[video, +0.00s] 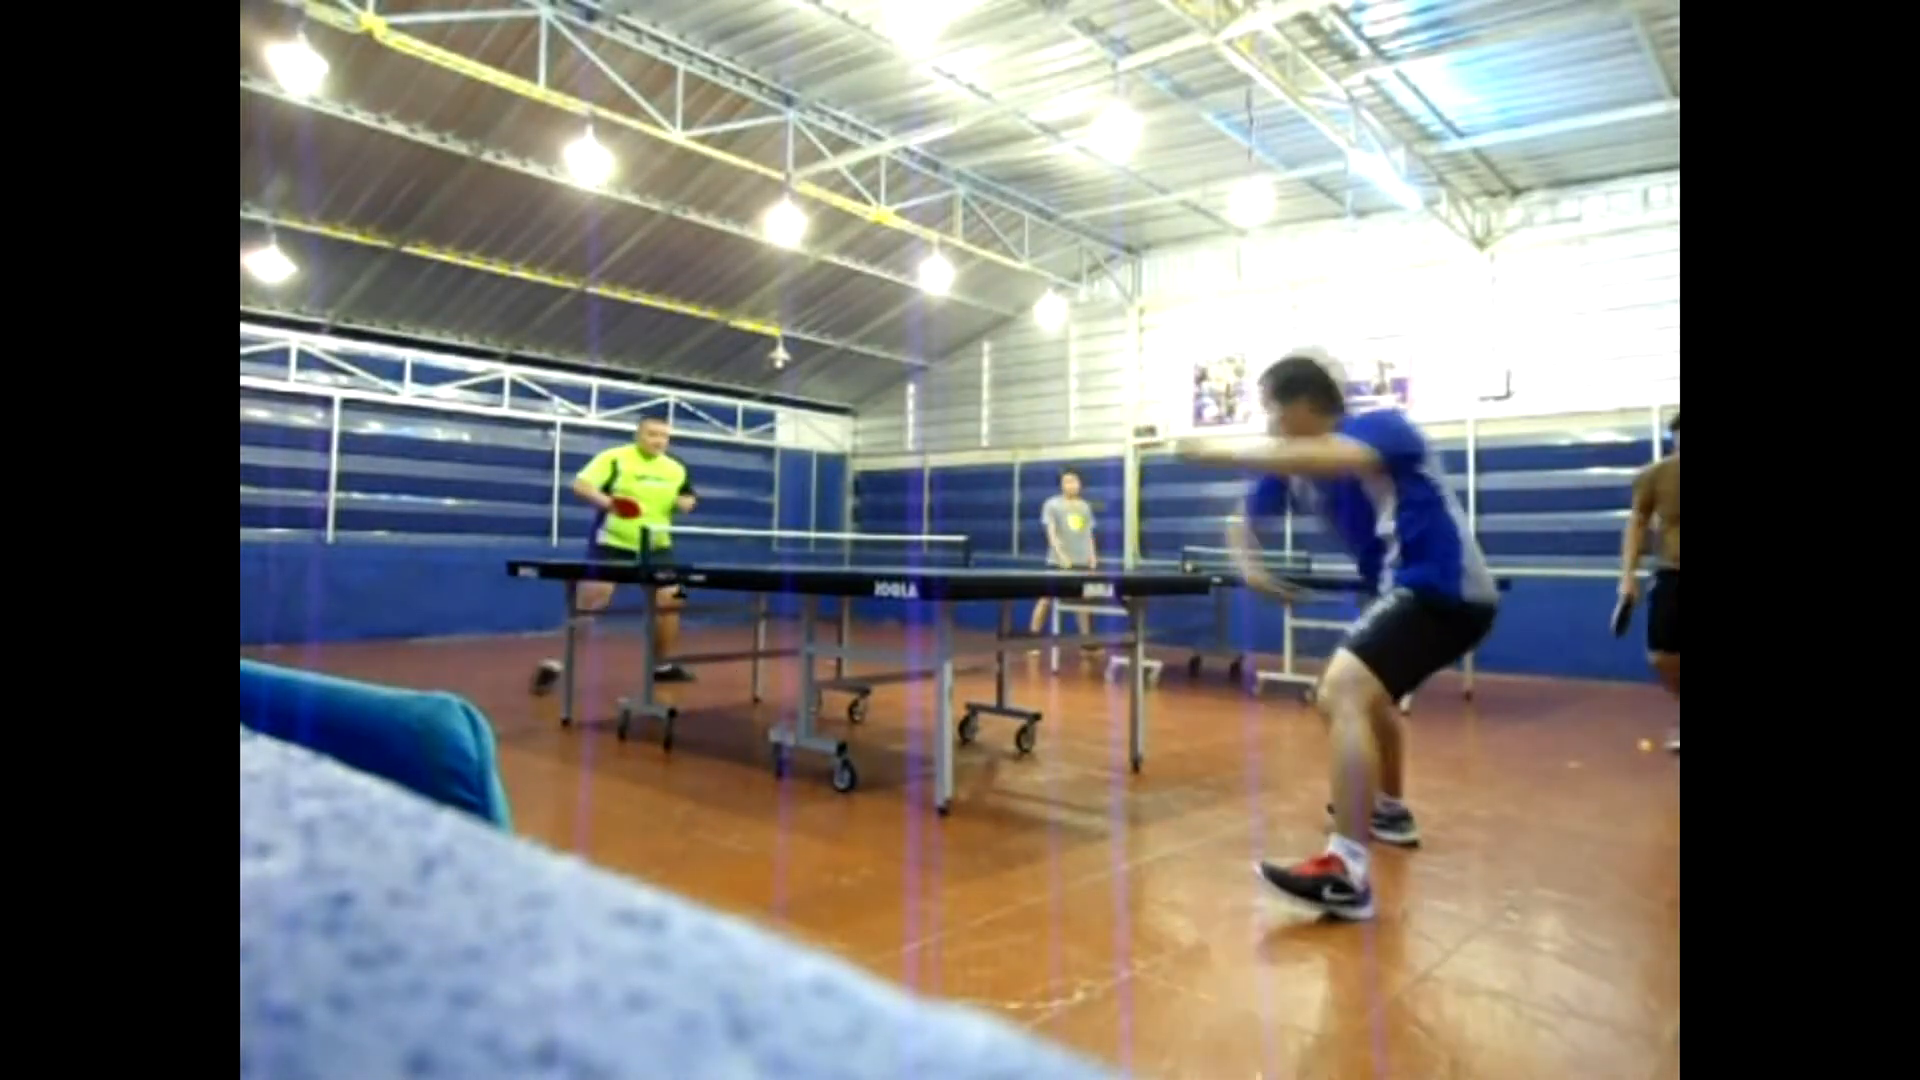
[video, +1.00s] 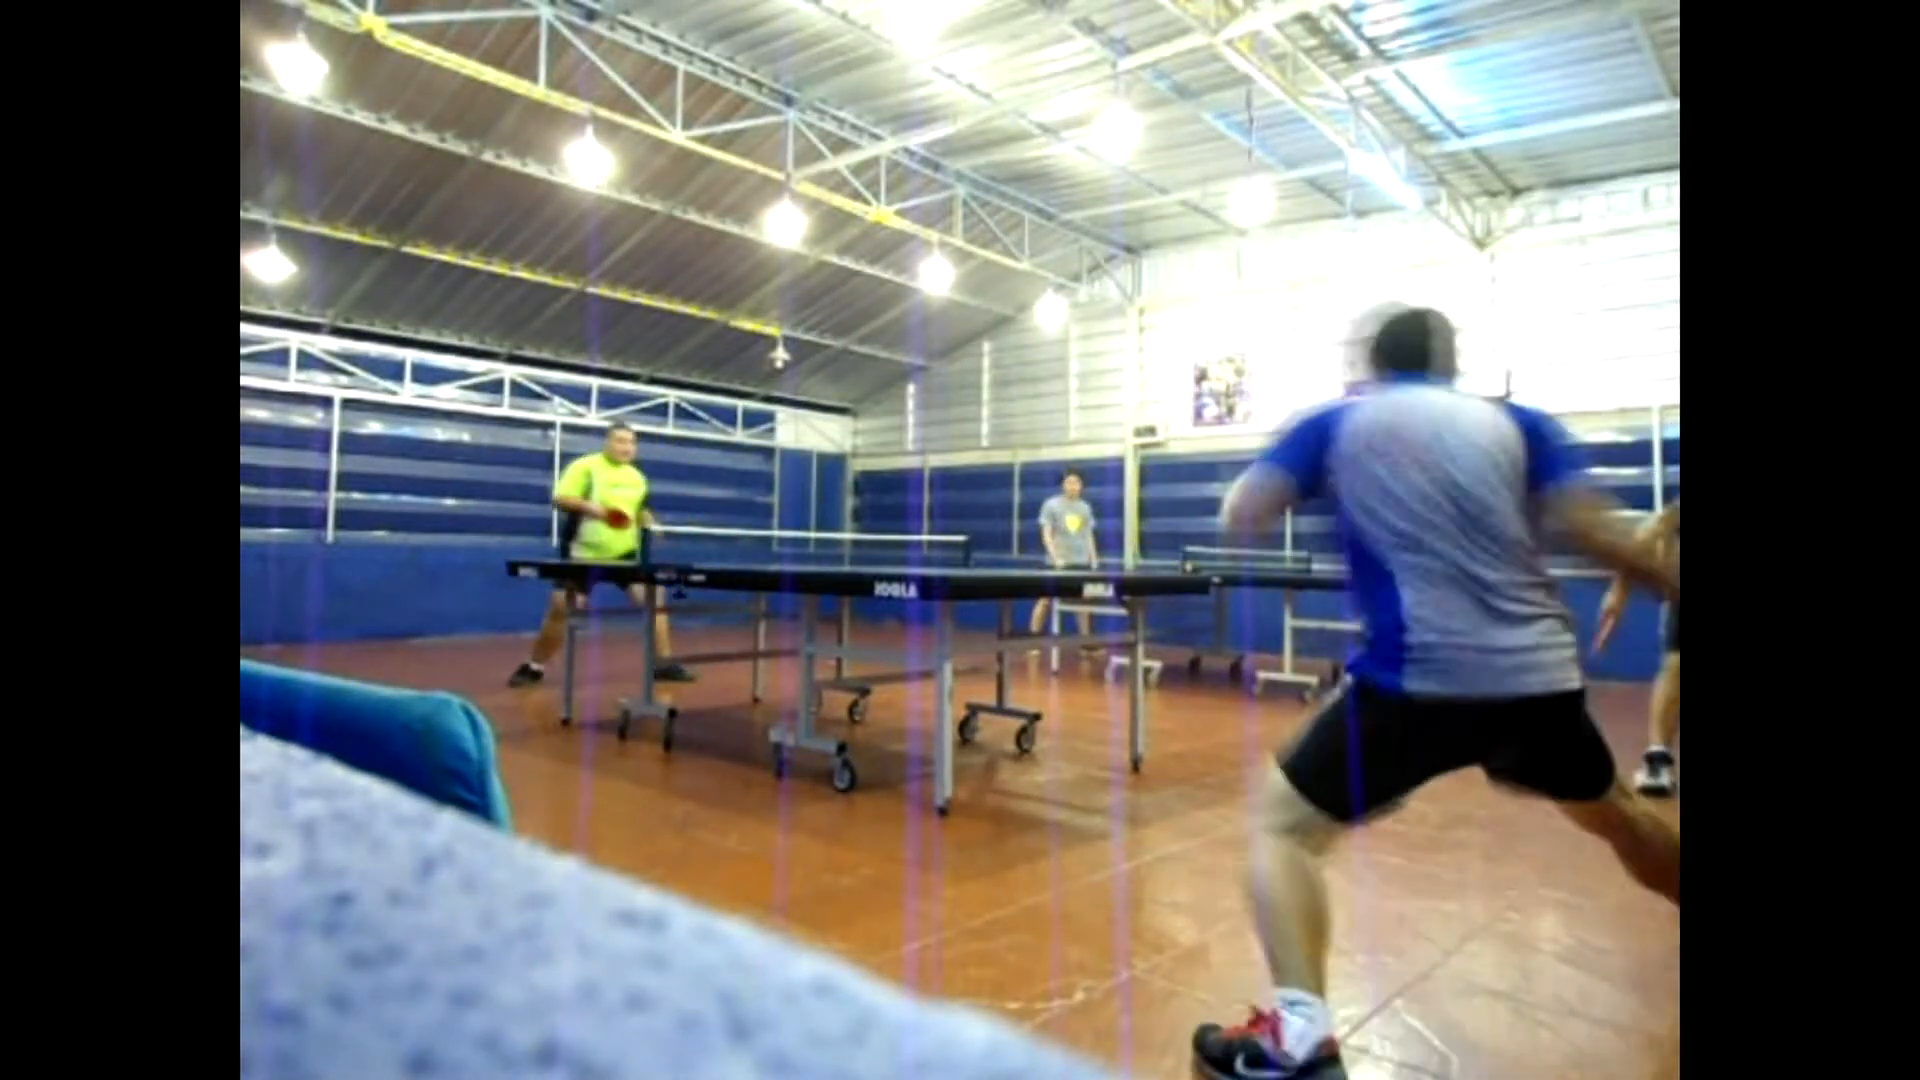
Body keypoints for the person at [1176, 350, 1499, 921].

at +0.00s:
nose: (1271, 425)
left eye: (1276, 411)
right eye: (1269, 413)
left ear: (1307, 405)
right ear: (1301, 408)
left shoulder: (1382, 428)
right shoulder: (1296, 460)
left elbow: (1343, 458)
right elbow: (1242, 524)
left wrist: (1224, 455)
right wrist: (1255, 571)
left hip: (1443, 592)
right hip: (1406, 593)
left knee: (1343, 692)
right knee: (1368, 693)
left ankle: (1347, 865)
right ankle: (1389, 809)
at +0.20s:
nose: (1328, 404)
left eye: (1333, 391)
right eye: (1329, 394)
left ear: (1359, 390)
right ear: (1368, 391)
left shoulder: (1417, 441)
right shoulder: (1373, 443)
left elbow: (1345, 494)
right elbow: (1307, 451)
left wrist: (1232, 499)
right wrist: (1243, 408)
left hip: (1447, 626)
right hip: (1422, 619)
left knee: (1334, 734)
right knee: (1358, 700)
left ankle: (1453, 887)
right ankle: (1384, 808)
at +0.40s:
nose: (1363, 348)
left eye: (1368, 333)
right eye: (1364, 335)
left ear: (1395, 329)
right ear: (1424, 330)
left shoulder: (1427, 377)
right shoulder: (1452, 381)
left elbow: (1344, 443)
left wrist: (1241, 460)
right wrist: (1392, 521)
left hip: (1474, 590)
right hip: (1506, 588)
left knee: (1374, 723)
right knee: (1444, 700)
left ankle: (1461, 896)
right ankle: (1479, 823)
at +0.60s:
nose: (1421, 354)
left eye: (1423, 341)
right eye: (1420, 342)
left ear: (1447, 337)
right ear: (1497, 334)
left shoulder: (1459, 377)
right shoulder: (1547, 396)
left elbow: (1430, 454)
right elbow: (1561, 496)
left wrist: (1339, 492)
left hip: (1494, 596)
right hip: (1584, 600)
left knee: (1387, 712)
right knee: (1573, 737)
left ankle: (1437, 905)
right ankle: (1667, 884)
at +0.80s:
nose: (1440, 410)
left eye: (1444, 400)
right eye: (1442, 401)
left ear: (1462, 396)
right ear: (1527, 394)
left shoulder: (1436, 437)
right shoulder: (1599, 447)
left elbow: (1330, 515)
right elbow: (1655, 558)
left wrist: (1333, 519)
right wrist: (1648, 656)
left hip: (1493, 636)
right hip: (1605, 643)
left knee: (1376, 777)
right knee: (1586, 748)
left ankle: (1419, 966)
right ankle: (1669, 894)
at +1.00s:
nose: (1354, 377)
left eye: (1359, 366)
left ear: (1374, 367)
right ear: (1450, 364)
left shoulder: (1338, 424)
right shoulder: (1519, 424)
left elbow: (1242, 518)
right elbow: (1584, 525)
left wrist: (1298, 468)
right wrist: (1663, 577)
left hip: (1412, 689)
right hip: (1537, 688)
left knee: (1283, 827)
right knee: (1621, 819)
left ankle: (1301, 1029)